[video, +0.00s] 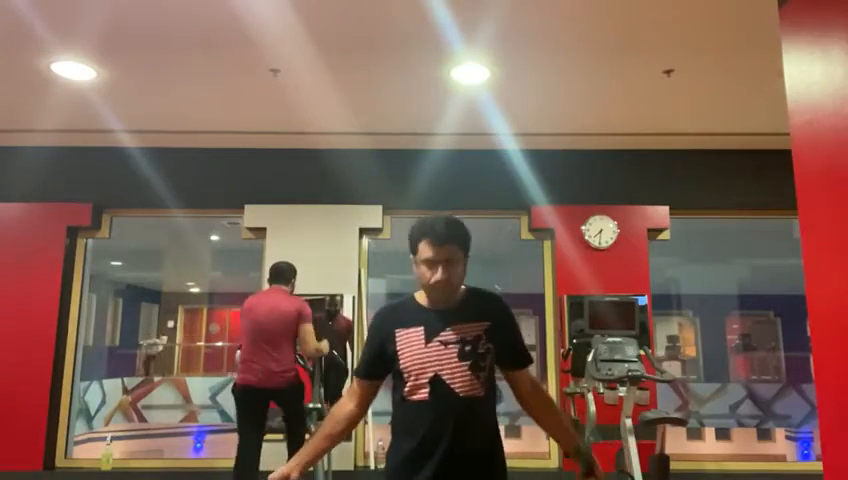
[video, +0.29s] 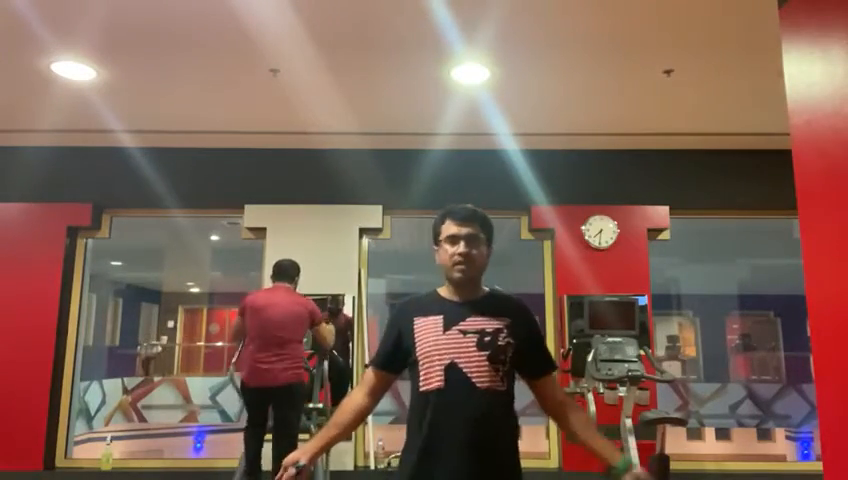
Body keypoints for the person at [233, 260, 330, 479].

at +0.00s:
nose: (294, 285)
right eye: (294, 282)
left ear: (269, 280)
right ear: (292, 282)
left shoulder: (249, 303)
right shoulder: (299, 306)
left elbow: (247, 342)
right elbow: (308, 350)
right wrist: (323, 347)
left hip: (249, 384)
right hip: (285, 383)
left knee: (248, 443)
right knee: (296, 429)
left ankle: (244, 476)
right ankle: (296, 473)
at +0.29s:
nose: (295, 283)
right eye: (296, 279)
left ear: (272, 277)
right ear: (296, 280)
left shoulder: (251, 300)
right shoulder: (305, 304)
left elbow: (235, 336)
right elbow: (326, 341)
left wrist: (255, 322)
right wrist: (325, 326)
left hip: (254, 382)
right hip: (290, 383)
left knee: (255, 426)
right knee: (286, 436)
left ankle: (252, 473)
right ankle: (283, 476)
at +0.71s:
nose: (289, 283)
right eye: (290, 279)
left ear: (266, 277)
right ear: (289, 279)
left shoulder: (245, 302)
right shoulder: (297, 303)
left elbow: (228, 336)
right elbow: (315, 339)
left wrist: (251, 328)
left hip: (248, 384)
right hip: (283, 383)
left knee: (249, 444)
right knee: (293, 429)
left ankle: (247, 477)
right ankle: (289, 473)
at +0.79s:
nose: (293, 280)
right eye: (290, 277)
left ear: (265, 280)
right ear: (287, 281)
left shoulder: (245, 304)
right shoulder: (296, 306)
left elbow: (232, 338)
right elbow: (315, 346)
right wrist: (325, 340)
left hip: (247, 387)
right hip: (284, 386)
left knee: (246, 447)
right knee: (295, 425)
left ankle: (244, 476)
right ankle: (293, 470)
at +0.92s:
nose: (290, 282)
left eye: (287, 277)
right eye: (291, 277)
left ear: (268, 276)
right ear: (291, 277)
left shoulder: (250, 302)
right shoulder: (298, 302)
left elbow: (242, 341)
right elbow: (307, 345)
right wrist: (321, 348)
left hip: (250, 383)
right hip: (286, 381)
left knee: (251, 441)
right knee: (294, 427)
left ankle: (245, 475)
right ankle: (293, 469)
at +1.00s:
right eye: (294, 275)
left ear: (269, 274)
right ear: (293, 275)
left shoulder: (252, 297)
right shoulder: (302, 299)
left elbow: (239, 334)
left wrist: (231, 362)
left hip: (254, 377)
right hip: (289, 378)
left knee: (254, 438)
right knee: (290, 434)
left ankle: (248, 475)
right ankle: (291, 473)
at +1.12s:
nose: (292, 280)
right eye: (294, 277)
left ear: (269, 275)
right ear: (294, 277)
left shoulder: (250, 298)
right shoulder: (304, 301)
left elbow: (242, 334)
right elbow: (324, 339)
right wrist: (325, 333)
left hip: (254, 377)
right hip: (290, 377)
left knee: (255, 427)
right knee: (288, 431)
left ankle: (251, 474)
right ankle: (286, 475)